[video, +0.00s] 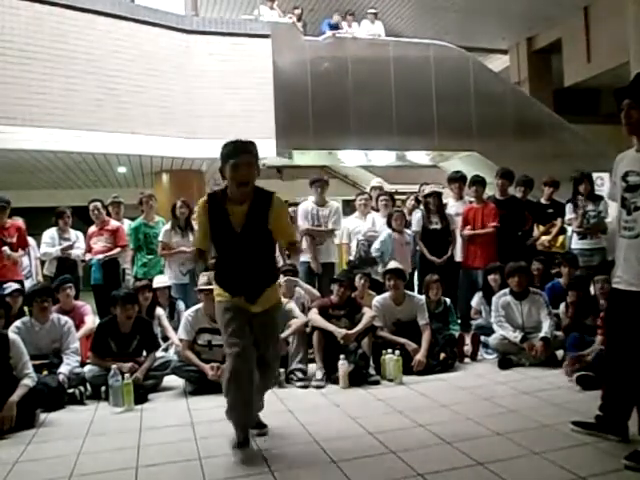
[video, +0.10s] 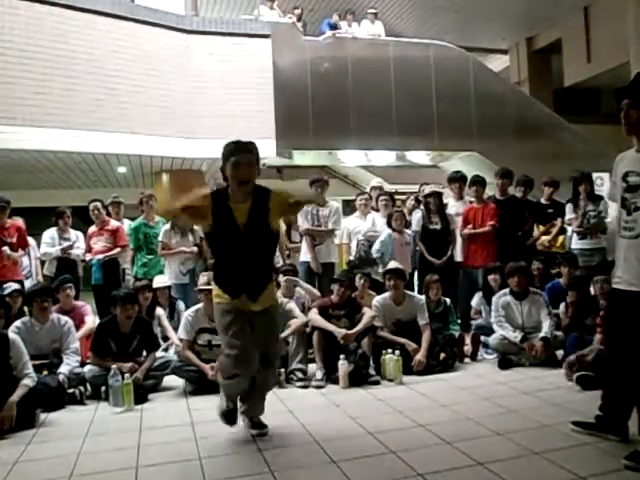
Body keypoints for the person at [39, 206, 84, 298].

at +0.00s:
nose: (66, 221)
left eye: (68, 217)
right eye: (62, 218)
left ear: (71, 219)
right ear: (57, 220)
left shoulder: (78, 235)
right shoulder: (49, 233)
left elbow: (81, 252)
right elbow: (43, 253)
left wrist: (70, 254)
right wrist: (60, 250)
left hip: (72, 269)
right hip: (54, 269)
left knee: (73, 298)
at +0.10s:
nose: (66, 221)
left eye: (68, 217)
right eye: (62, 218)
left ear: (71, 219)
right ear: (57, 220)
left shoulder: (78, 235)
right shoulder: (49, 234)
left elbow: (81, 253)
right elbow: (43, 253)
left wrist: (69, 253)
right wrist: (60, 250)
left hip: (72, 268)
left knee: (73, 298)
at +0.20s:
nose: (66, 220)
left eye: (68, 217)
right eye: (62, 218)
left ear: (71, 219)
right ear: (57, 220)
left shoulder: (78, 234)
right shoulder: (49, 233)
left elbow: (81, 253)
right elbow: (43, 252)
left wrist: (70, 253)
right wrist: (60, 250)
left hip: (72, 265)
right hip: (55, 266)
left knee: (74, 294)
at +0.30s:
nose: (66, 220)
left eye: (68, 217)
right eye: (62, 218)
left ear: (71, 219)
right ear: (57, 220)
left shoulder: (78, 234)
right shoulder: (49, 234)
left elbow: (80, 253)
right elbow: (44, 252)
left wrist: (69, 251)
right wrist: (63, 249)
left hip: (73, 265)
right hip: (56, 265)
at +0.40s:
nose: (66, 220)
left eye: (68, 217)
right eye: (63, 217)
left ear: (71, 219)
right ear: (57, 220)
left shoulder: (78, 233)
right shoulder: (49, 234)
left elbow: (81, 253)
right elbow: (45, 253)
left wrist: (70, 251)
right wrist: (64, 249)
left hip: (73, 266)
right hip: (56, 266)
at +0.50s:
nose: (67, 220)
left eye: (69, 217)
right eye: (63, 217)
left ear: (72, 219)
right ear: (58, 220)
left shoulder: (79, 233)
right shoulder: (50, 233)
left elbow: (82, 254)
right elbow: (47, 252)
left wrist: (68, 252)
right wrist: (66, 248)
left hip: (73, 265)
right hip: (56, 265)